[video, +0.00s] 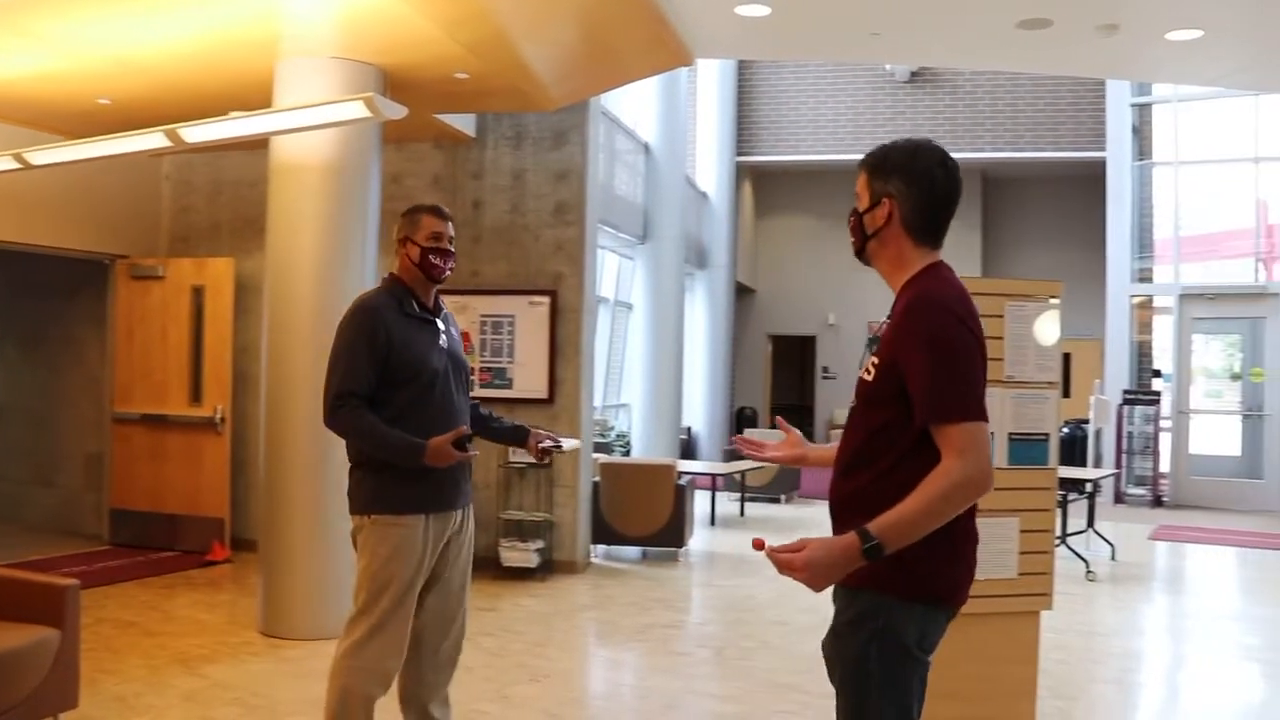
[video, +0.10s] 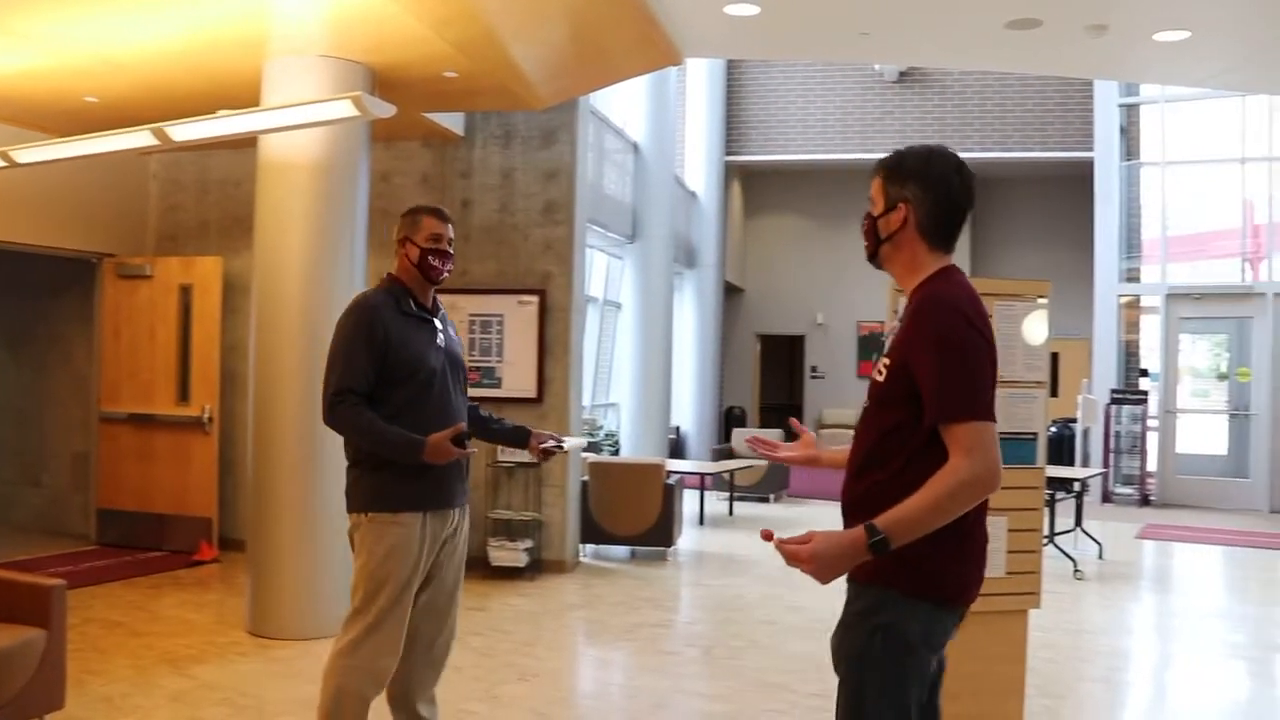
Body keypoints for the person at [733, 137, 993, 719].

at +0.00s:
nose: (853, 218)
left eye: (859, 204)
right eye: (855, 204)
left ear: (886, 211)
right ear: (910, 213)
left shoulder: (933, 305)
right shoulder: (919, 299)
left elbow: (970, 470)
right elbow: (901, 445)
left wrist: (853, 548)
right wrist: (808, 454)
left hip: (900, 586)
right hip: (887, 579)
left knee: (874, 709)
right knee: (873, 707)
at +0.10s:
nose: (866, 221)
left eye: (872, 207)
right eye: (868, 207)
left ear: (901, 216)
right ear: (915, 218)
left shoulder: (944, 306)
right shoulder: (931, 302)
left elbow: (978, 469)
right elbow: (917, 449)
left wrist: (859, 542)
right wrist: (824, 455)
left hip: (906, 584)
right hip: (908, 580)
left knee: (875, 708)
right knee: (906, 709)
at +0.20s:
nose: (880, 226)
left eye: (887, 213)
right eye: (882, 213)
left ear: (916, 221)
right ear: (929, 224)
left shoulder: (956, 310)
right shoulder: (946, 305)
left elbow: (987, 469)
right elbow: (928, 448)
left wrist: (869, 536)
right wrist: (838, 459)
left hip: (917, 580)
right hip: (927, 576)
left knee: (874, 710)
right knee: (930, 712)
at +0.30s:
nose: (888, 232)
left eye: (895, 219)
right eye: (890, 219)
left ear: (925, 228)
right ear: (936, 231)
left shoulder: (966, 314)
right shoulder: (954, 310)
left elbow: (994, 469)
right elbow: (943, 452)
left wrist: (877, 533)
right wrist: (853, 465)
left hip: (926, 583)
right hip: (933, 580)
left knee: (878, 710)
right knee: (941, 712)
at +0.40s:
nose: (897, 237)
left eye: (904, 223)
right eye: (899, 224)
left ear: (933, 232)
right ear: (942, 234)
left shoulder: (973, 317)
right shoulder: (959, 313)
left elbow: (1003, 468)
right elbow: (948, 456)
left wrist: (892, 531)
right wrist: (859, 468)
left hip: (936, 578)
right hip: (938, 574)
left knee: (887, 710)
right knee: (944, 711)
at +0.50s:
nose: (900, 234)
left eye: (907, 221)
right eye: (902, 222)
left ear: (937, 230)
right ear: (943, 232)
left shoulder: (978, 312)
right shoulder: (962, 310)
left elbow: (1012, 458)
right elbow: (951, 450)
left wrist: (904, 526)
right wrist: (861, 468)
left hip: (943, 572)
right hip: (942, 566)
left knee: (890, 711)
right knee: (945, 712)